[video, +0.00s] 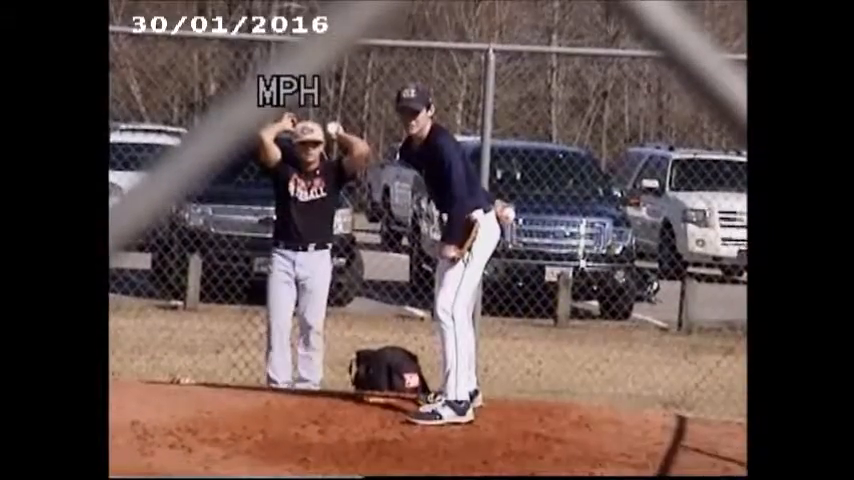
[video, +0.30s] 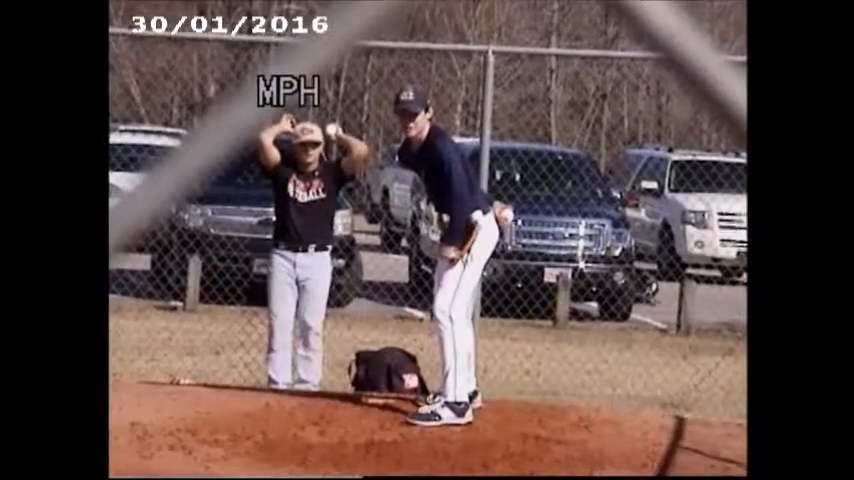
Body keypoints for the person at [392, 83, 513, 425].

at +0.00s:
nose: (411, 120)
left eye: (416, 113)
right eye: (405, 114)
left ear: (430, 112)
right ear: (400, 116)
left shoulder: (443, 143)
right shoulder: (411, 147)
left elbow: (459, 195)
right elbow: (444, 183)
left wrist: (450, 240)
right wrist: (491, 204)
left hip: (477, 221)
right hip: (460, 220)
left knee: (447, 307)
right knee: (457, 309)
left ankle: (456, 398)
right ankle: (466, 388)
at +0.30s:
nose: (408, 122)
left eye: (414, 115)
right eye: (402, 116)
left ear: (428, 114)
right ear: (397, 117)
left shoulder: (442, 147)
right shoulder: (410, 149)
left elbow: (460, 200)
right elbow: (441, 184)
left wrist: (450, 241)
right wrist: (490, 205)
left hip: (475, 223)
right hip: (458, 221)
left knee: (445, 309)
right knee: (456, 310)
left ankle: (455, 399)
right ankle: (465, 390)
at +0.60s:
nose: (406, 121)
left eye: (412, 114)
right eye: (401, 115)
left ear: (426, 114)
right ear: (395, 117)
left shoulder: (440, 146)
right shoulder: (409, 149)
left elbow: (463, 199)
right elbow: (438, 182)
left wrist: (454, 240)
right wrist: (488, 203)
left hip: (474, 223)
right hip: (456, 223)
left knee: (445, 309)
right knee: (458, 311)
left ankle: (456, 398)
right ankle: (466, 389)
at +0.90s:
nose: (397, 120)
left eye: (403, 113)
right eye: (392, 115)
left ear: (418, 111)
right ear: (389, 118)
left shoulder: (432, 141)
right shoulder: (411, 149)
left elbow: (460, 185)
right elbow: (455, 186)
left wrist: (444, 228)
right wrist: (493, 211)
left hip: (477, 224)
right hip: (459, 226)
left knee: (447, 310)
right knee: (444, 310)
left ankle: (456, 400)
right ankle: (463, 389)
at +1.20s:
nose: (401, 119)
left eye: (406, 112)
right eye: (397, 114)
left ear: (424, 109)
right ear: (397, 117)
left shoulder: (429, 140)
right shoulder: (425, 141)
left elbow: (439, 190)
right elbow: (436, 193)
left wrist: (411, 227)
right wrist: (412, 232)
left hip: (479, 228)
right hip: (466, 229)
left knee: (447, 311)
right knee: (430, 312)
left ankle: (456, 400)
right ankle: (462, 390)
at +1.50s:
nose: (416, 102)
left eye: (421, 95)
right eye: (414, 97)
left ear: (442, 92)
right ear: (437, 96)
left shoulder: (433, 122)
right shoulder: (450, 120)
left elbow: (409, 172)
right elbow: (424, 167)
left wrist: (386, 158)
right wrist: (393, 153)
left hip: (473, 217)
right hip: (482, 216)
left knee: (439, 302)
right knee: (439, 302)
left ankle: (456, 389)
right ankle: (460, 386)